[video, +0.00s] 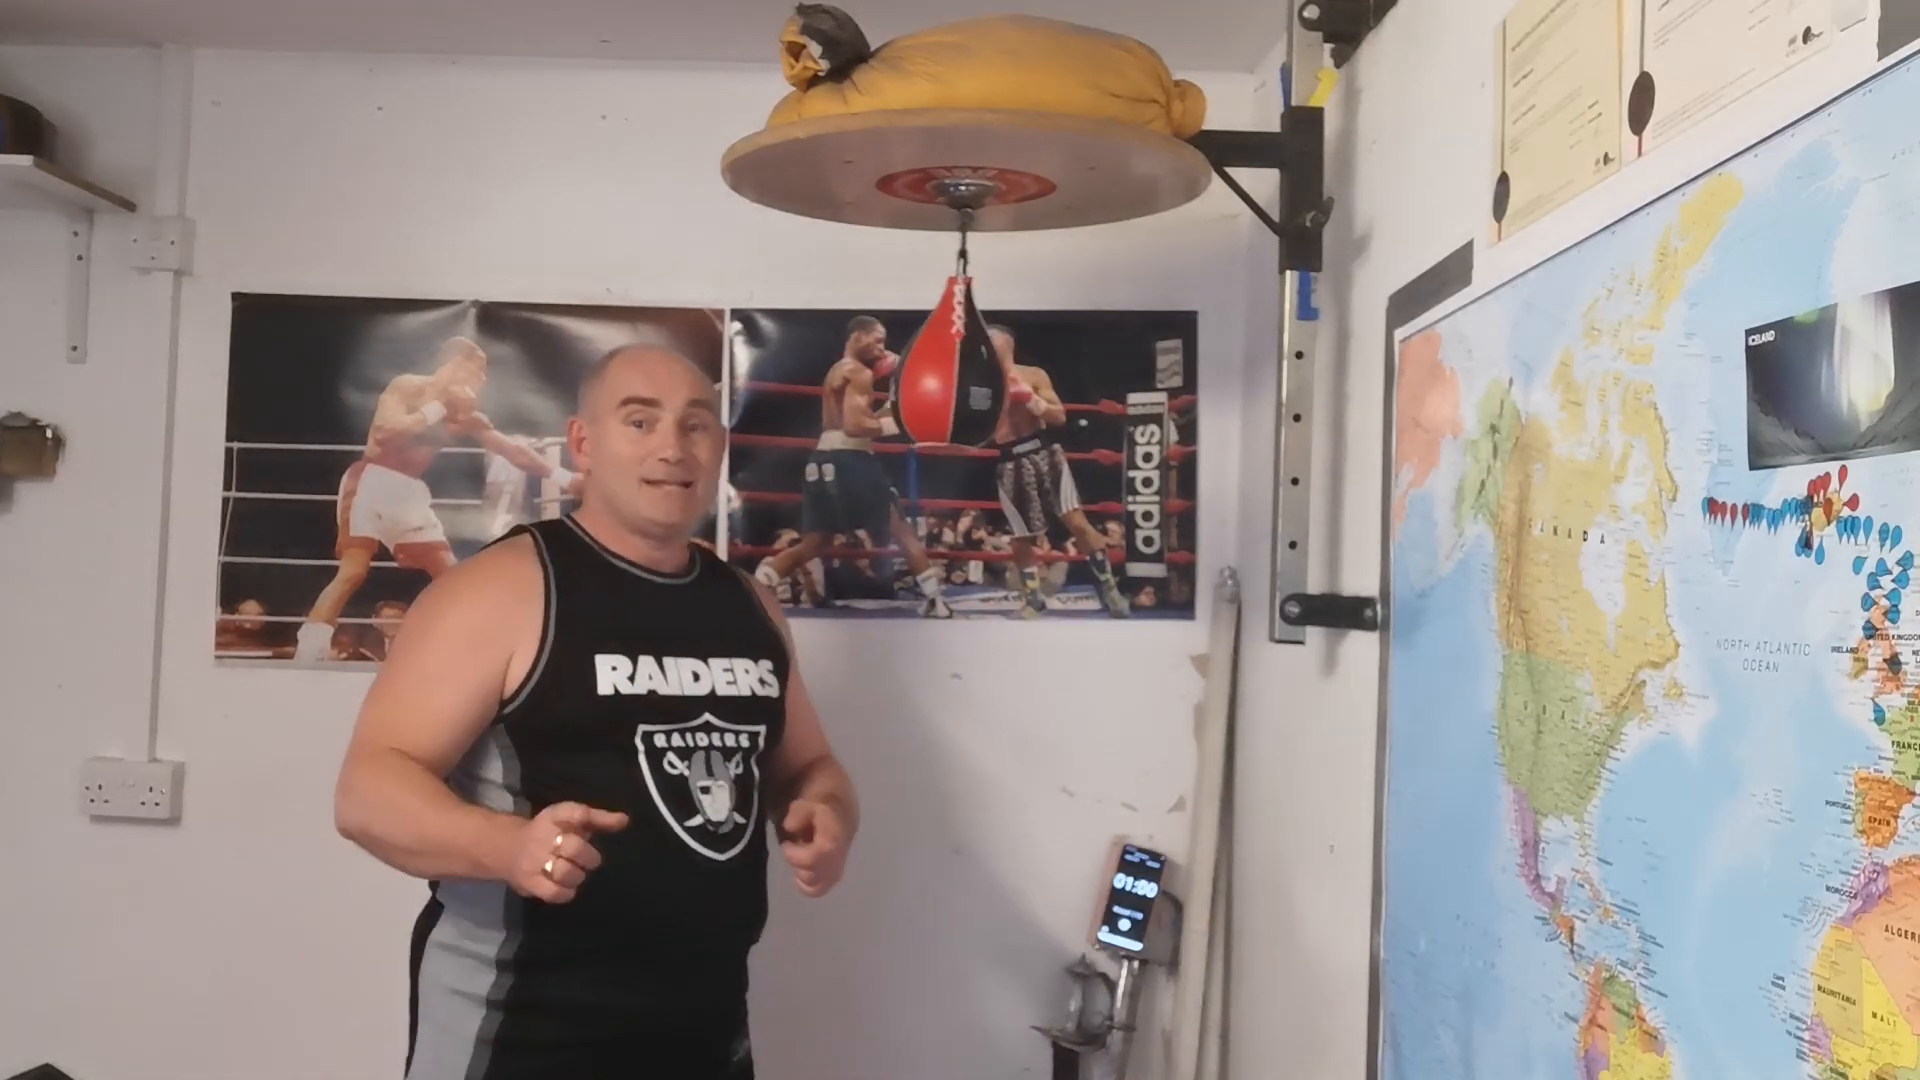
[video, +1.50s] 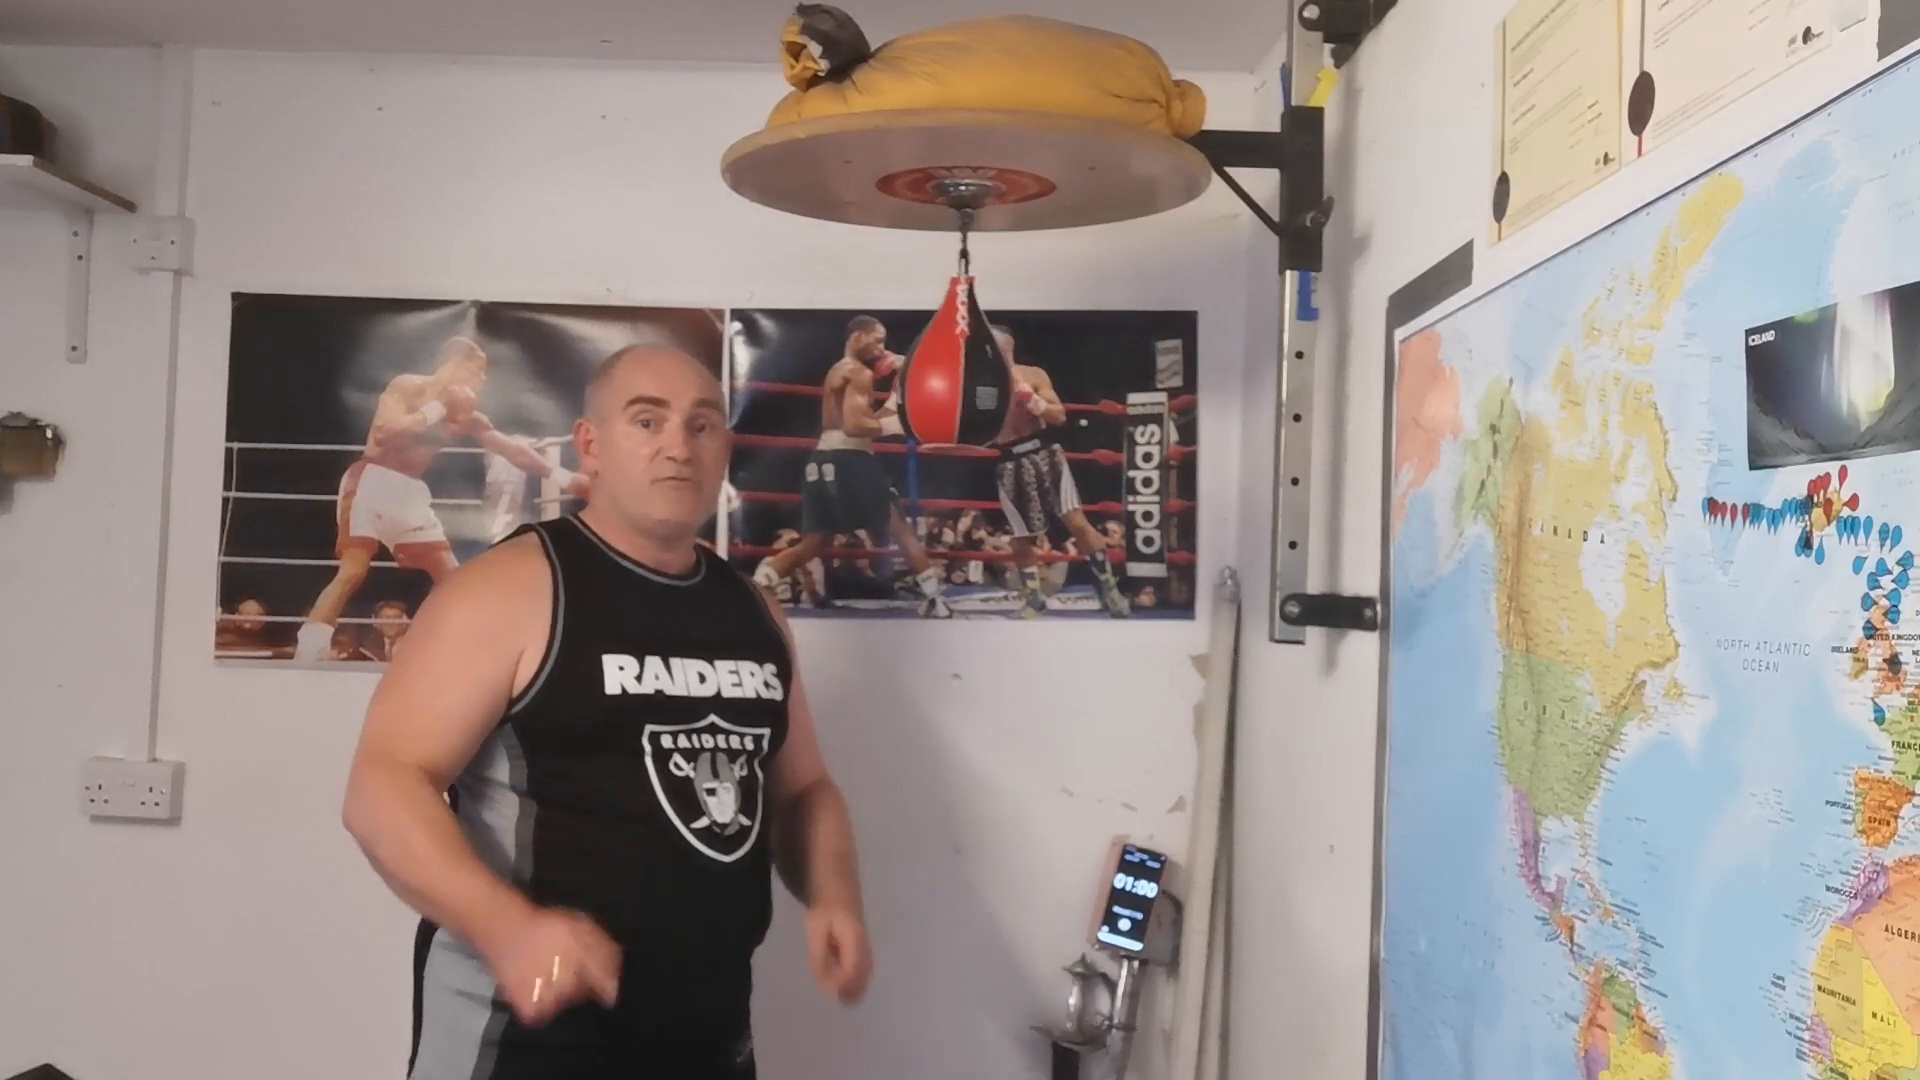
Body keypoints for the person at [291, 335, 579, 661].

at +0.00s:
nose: (476, 384)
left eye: (480, 377)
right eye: (472, 373)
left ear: (476, 380)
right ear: (451, 364)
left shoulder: (464, 413)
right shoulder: (404, 386)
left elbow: (511, 450)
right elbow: (383, 432)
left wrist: (563, 478)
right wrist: (432, 412)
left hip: (409, 492)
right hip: (369, 483)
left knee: (447, 572)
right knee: (353, 570)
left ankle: (460, 652)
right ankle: (307, 651)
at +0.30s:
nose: (474, 384)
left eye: (478, 378)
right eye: (469, 374)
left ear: (479, 382)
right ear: (449, 366)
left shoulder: (464, 416)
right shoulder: (405, 386)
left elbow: (511, 449)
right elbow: (383, 433)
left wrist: (563, 477)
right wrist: (435, 410)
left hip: (409, 493)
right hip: (367, 483)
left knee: (448, 574)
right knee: (353, 571)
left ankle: (460, 655)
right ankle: (305, 652)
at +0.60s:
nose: (472, 386)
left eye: (477, 379)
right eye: (468, 375)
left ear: (479, 384)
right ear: (449, 367)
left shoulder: (465, 417)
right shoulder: (405, 386)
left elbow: (511, 450)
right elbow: (384, 431)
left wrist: (563, 477)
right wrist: (434, 410)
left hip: (409, 493)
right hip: (367, 484)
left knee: (448, 574)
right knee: (353, 571)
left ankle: (461, 654)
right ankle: (306, 652)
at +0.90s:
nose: (474, 386)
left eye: (478, 379)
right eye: (470, 375)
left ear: (477, 382)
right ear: (451, 365)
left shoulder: (464, 415)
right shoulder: (405, 386)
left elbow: (511, 450)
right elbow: (384, 432)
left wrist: (564, 478)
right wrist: (436, 410)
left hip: (408, 493)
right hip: (367, 484)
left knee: (449, 574)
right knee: (352, 571)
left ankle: (460, 655)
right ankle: (305, 653)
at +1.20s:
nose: (475, 385)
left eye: (478, 378)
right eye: (471, 374)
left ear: (477, 381)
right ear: (450, 365)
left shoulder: (464, 416)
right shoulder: (405, 386)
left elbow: (511, 449)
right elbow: (384, 432)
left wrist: (563, 478)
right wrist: (436, 409)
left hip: (408, 492)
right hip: (367, 483)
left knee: (449, 574)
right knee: (353, 570)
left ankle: (463, 654)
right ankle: (306, 651)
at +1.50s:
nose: (476, 384)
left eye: (479, 377)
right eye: (472, 374)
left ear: (476, 380)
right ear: (451, 365)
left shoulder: (464, 415)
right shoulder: (404, 386)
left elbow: (511, 449)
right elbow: (383, 433)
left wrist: (563, 478)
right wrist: (436, 409)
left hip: (408, 492)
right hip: (367, 483)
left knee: (448, 573)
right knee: (353, 570)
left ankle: (461, 654)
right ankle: (306, 652)